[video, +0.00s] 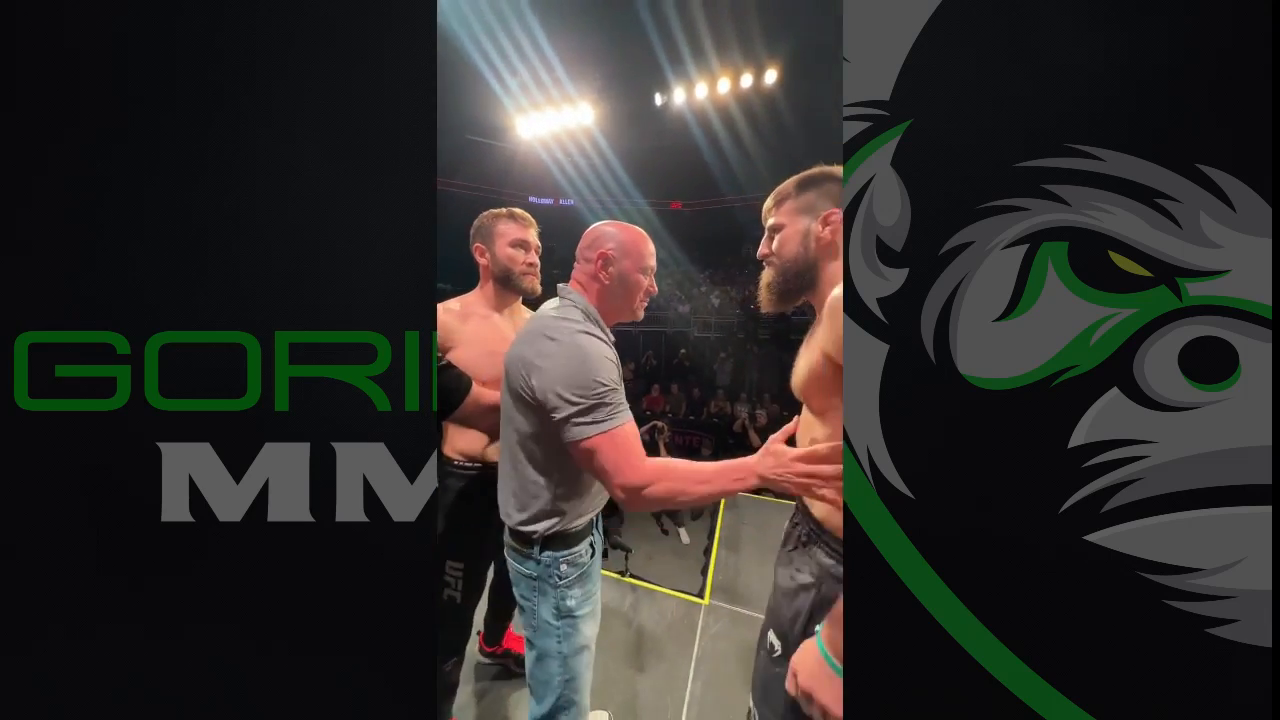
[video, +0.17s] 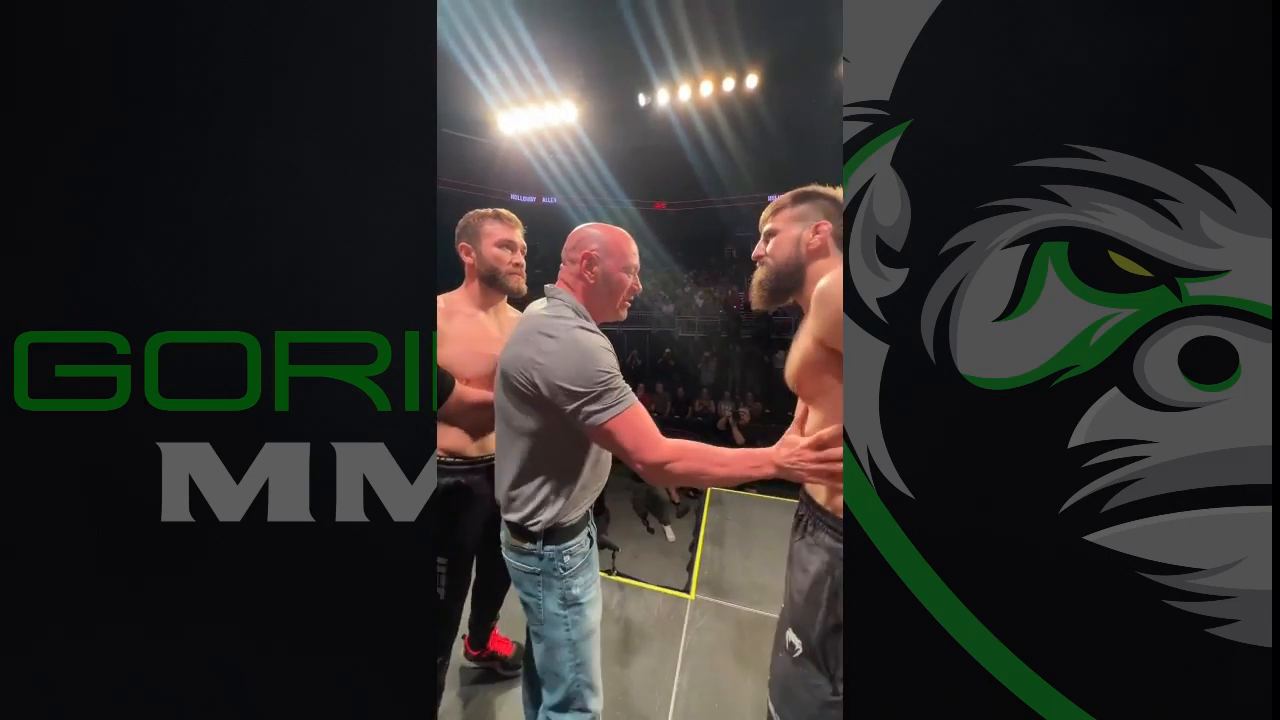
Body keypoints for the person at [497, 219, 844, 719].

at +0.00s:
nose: (654, 288)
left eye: (653, 275)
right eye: (646, 273)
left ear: (599, 268)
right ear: (602, 266)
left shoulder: (560, 325)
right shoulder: (573, 347)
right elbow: (634, 484)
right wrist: (756, 468)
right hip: (553, 550)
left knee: (558, 678)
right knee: (559, 703)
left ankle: (567, 708)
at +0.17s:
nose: (637, 287)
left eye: (637, 274)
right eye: (629, 272)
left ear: (583, 267)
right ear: (586, 266)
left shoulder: (544, 321)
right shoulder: (569, 344)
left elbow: (592, 420)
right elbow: (655, 458)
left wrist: (650, 466)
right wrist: (774, 460)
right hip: (553, 546)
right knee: (573, 702)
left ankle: (540, 711)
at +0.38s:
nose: (611, 279)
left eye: (611, 267)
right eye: (602, 266)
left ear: (554, 264)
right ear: (558, 262)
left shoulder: (523, 320)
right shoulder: (549, 334)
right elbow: (640, 441)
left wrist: (639, 450)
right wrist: (764, 448)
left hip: (519, 528)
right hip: (544, 539)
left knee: (524, 643)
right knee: (586, 690)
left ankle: (519, 711)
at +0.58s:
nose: (590, 270)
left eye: (588, 259)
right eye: (578, 258)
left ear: (530, 262)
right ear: (532, 259)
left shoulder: (502, 318)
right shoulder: (530, 331)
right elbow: (626, 436)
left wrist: (610, 438)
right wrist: (746, 447)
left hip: (498, 527)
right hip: (525, 537)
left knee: (496, 646)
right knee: (560, 692)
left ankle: (492, 713)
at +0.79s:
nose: (569, 266)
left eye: (567, 254)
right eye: (557, 254)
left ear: (510, 257)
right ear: (510, 256)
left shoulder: (485, 316)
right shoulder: (510, 332)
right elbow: (609, 435)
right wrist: (736, 452)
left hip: (482, 529)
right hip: (507, 540)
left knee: (474, 640)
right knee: (540, 691)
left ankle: (457, 713)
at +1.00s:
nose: (558, 255)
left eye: (555, 241)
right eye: (544, 242)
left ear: (494, 249)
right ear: (495, 246)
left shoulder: (458, 309)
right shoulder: (497, 327)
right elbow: (601, 434)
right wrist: (718, 444)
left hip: (468, 529)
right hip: (502, 544)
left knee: (467, 622)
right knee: (523, 692)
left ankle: (433, 696)